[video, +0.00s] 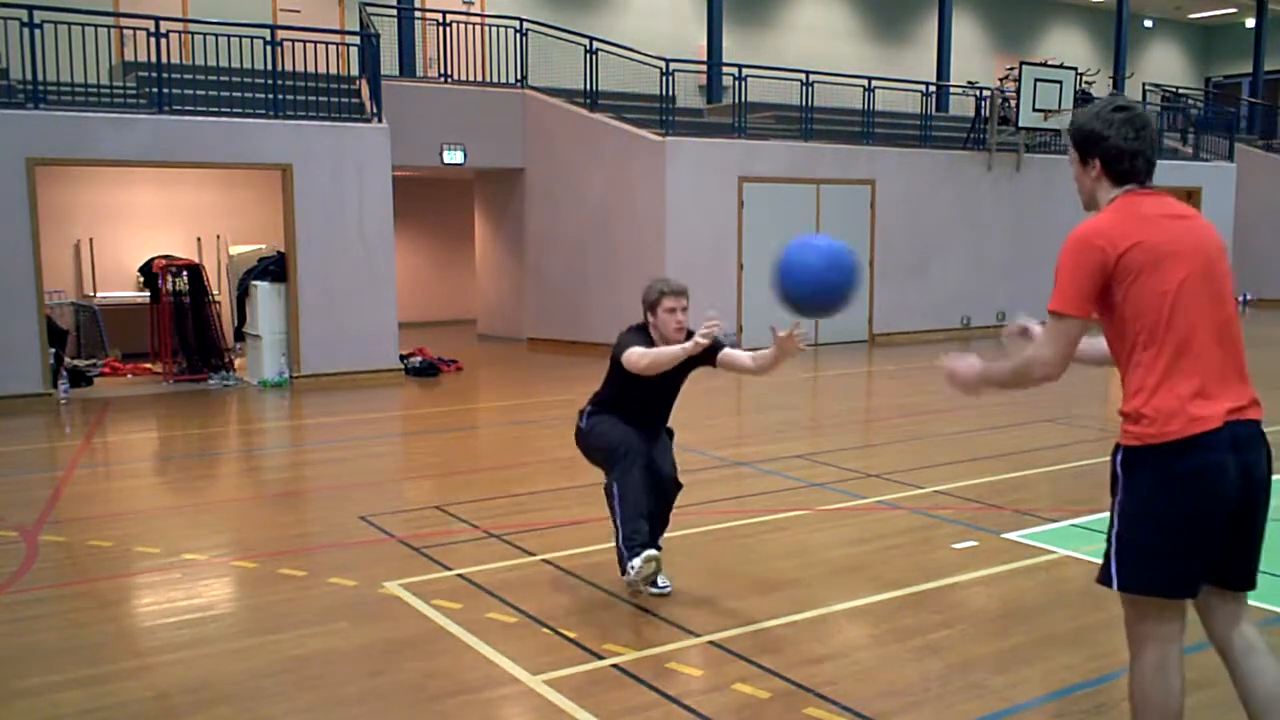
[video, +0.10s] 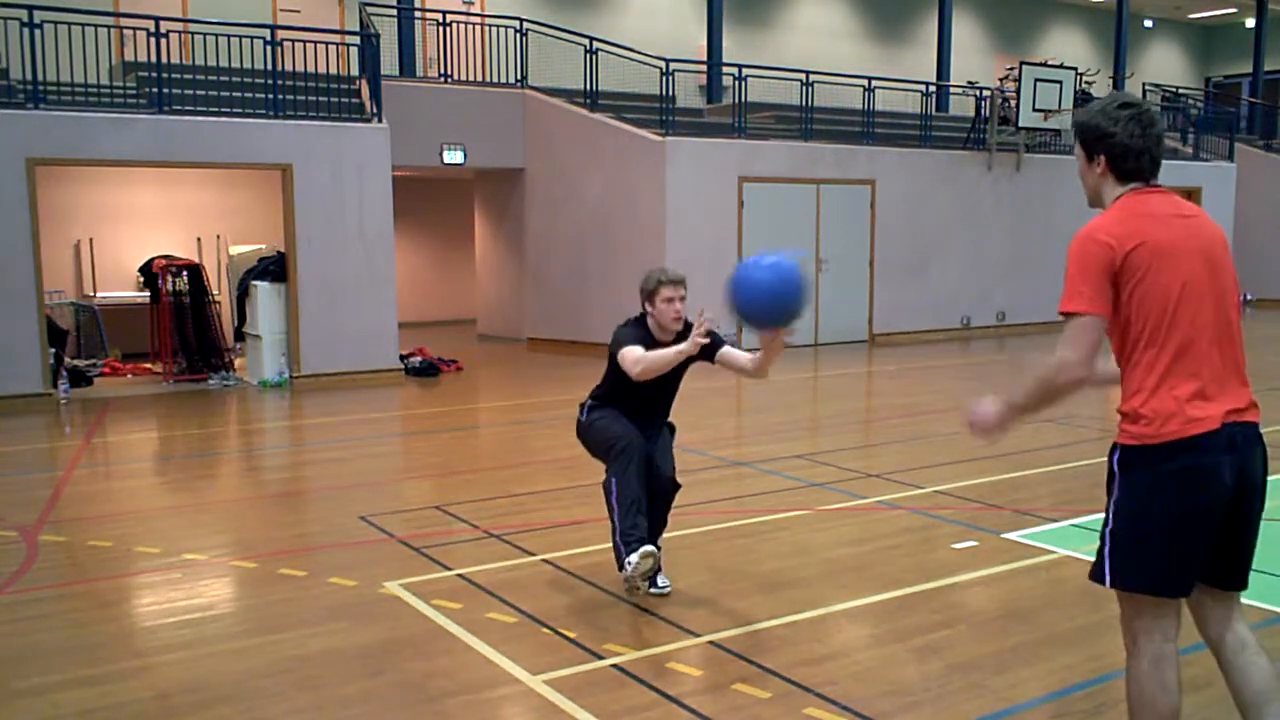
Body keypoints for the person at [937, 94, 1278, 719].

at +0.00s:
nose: (1072, 175)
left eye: (1073, 161)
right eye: (1072, 161)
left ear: (1092, 164)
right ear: (1143, 160)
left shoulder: (1096, 236)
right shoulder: (1198, 226)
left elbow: (1045, 361)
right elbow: (1148, 343)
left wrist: (980, 373)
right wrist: (1054, 343)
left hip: (1166, 457)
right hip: (1243, 448)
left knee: (1156, 634)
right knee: (1230, 616)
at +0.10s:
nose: (1078, 171)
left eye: (1079, 158)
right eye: (1077, 158)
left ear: (1098, 160)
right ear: (1150, 158)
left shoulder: (1103, 235)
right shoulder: (1206, 226)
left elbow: (1072, 365)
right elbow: (1202, 348)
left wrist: (1007, 406)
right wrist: (1098, 371)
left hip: (1161, 459)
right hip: (1239, 452)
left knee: (1150, 635)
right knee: (1221, 614)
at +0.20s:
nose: (1086, 167)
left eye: (1087, 154)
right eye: (1086, 154)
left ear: (1106, 157)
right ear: (1160, 155)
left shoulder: (1111, 234)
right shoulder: (1212, 224)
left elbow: (1107, 364)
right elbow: (1218, 353)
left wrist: (1046, 439)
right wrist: (1123, 416)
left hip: (1162, 459)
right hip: (1239, 452)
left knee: (1149, 634)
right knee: (1219, 614)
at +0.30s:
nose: (1096, 165)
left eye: (1098, 151)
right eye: (1097, 152)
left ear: (1119, 155)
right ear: (1169, 153)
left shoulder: (1124, 231)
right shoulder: (1225, 224)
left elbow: (1134, 361)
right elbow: (1240, 332)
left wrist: (1085, 458)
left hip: (1166, 463)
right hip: (1242, 455)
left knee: (1147, 631)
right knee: (1223, 616)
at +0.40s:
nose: (1113, 162)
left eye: (1116, 148)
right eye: (1114, 148)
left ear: (1138, 152)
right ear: (1184, 150)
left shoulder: (1139, 228)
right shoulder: (1241, 224)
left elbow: (1151, 357)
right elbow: (1263, 349)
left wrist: (1117, 471)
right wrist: (1249, 427)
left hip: (1177, 462)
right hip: (1253, 456)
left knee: (1151, 631)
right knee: (1231, 615)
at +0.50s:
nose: (1136, 156)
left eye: (1138, 143)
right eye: (1136, 143)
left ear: (1160, 149)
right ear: (1212, 150)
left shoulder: (1159, 226)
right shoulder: (1262, 224)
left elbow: (1162, 359)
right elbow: (1266, 338)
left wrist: (1124, 470)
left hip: (1189, 463)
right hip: (1264, 457)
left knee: (1158, 636)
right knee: (1246, 615)